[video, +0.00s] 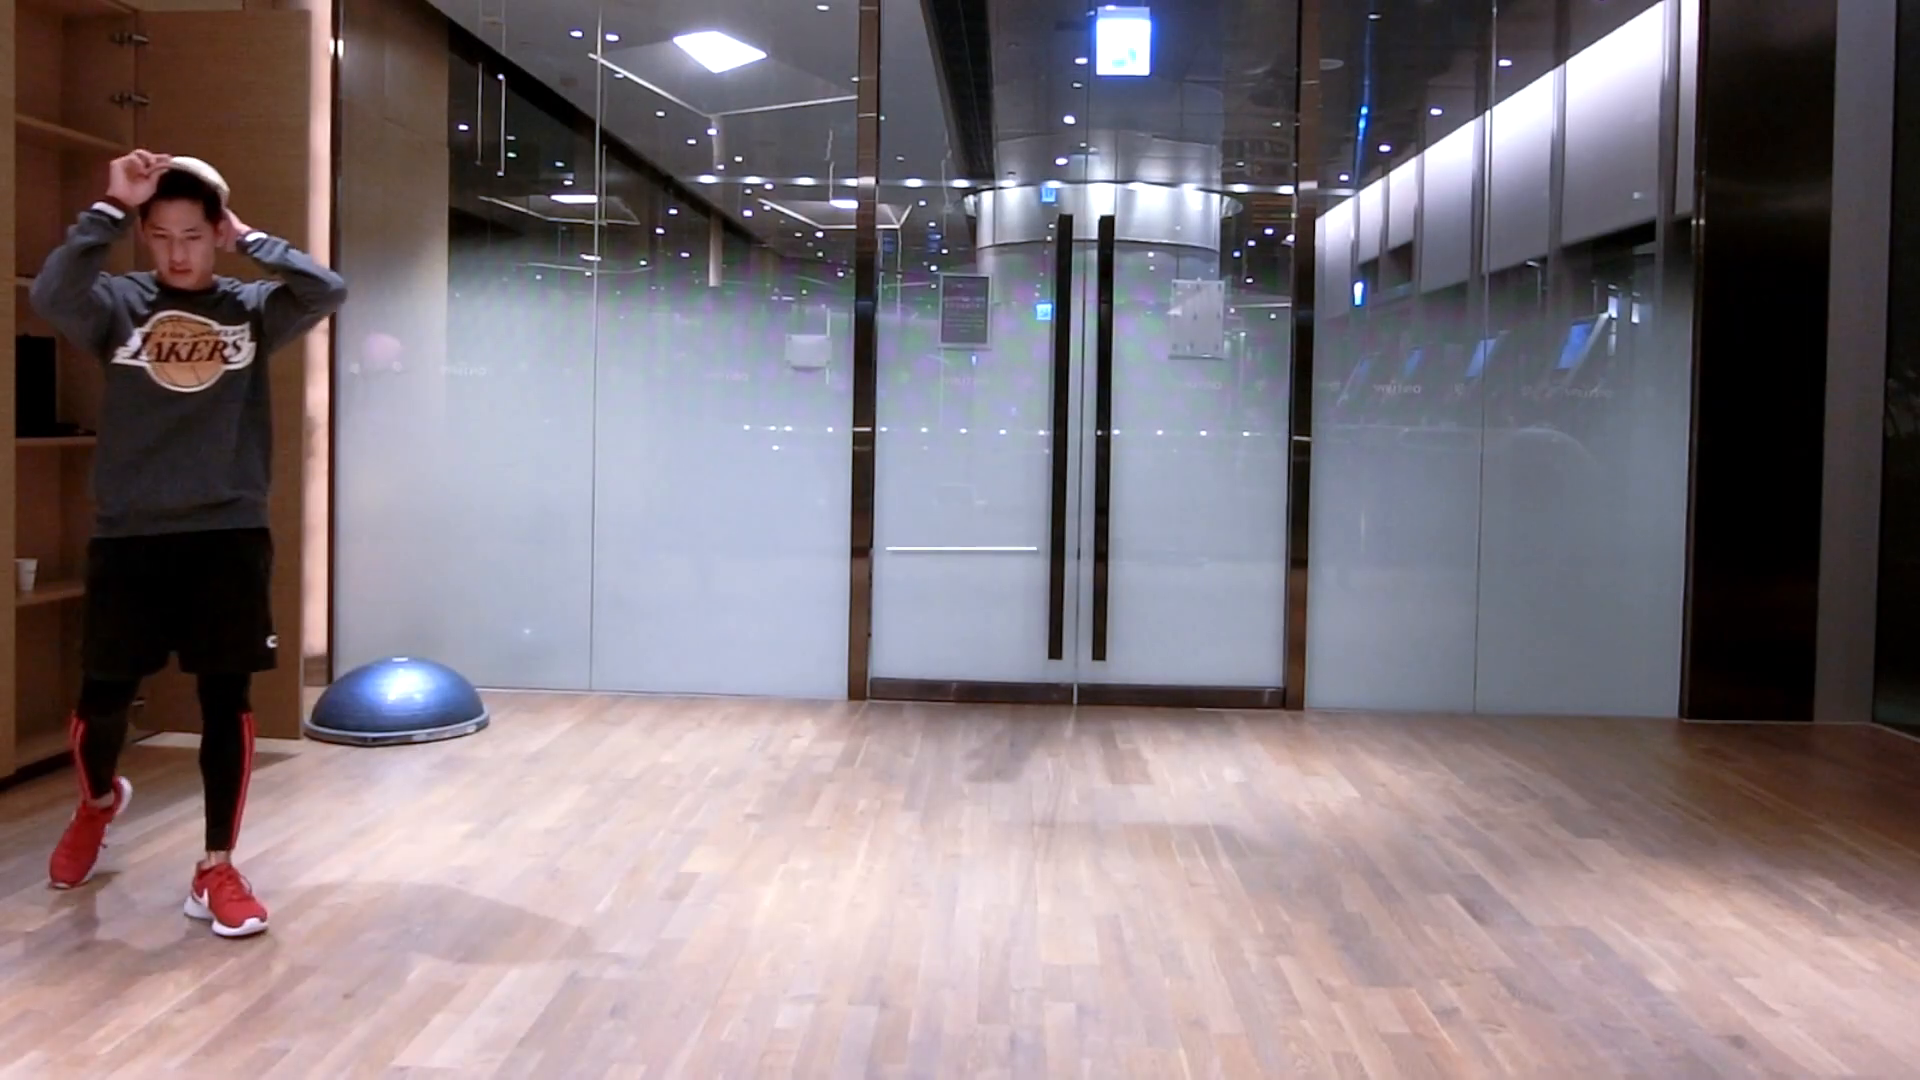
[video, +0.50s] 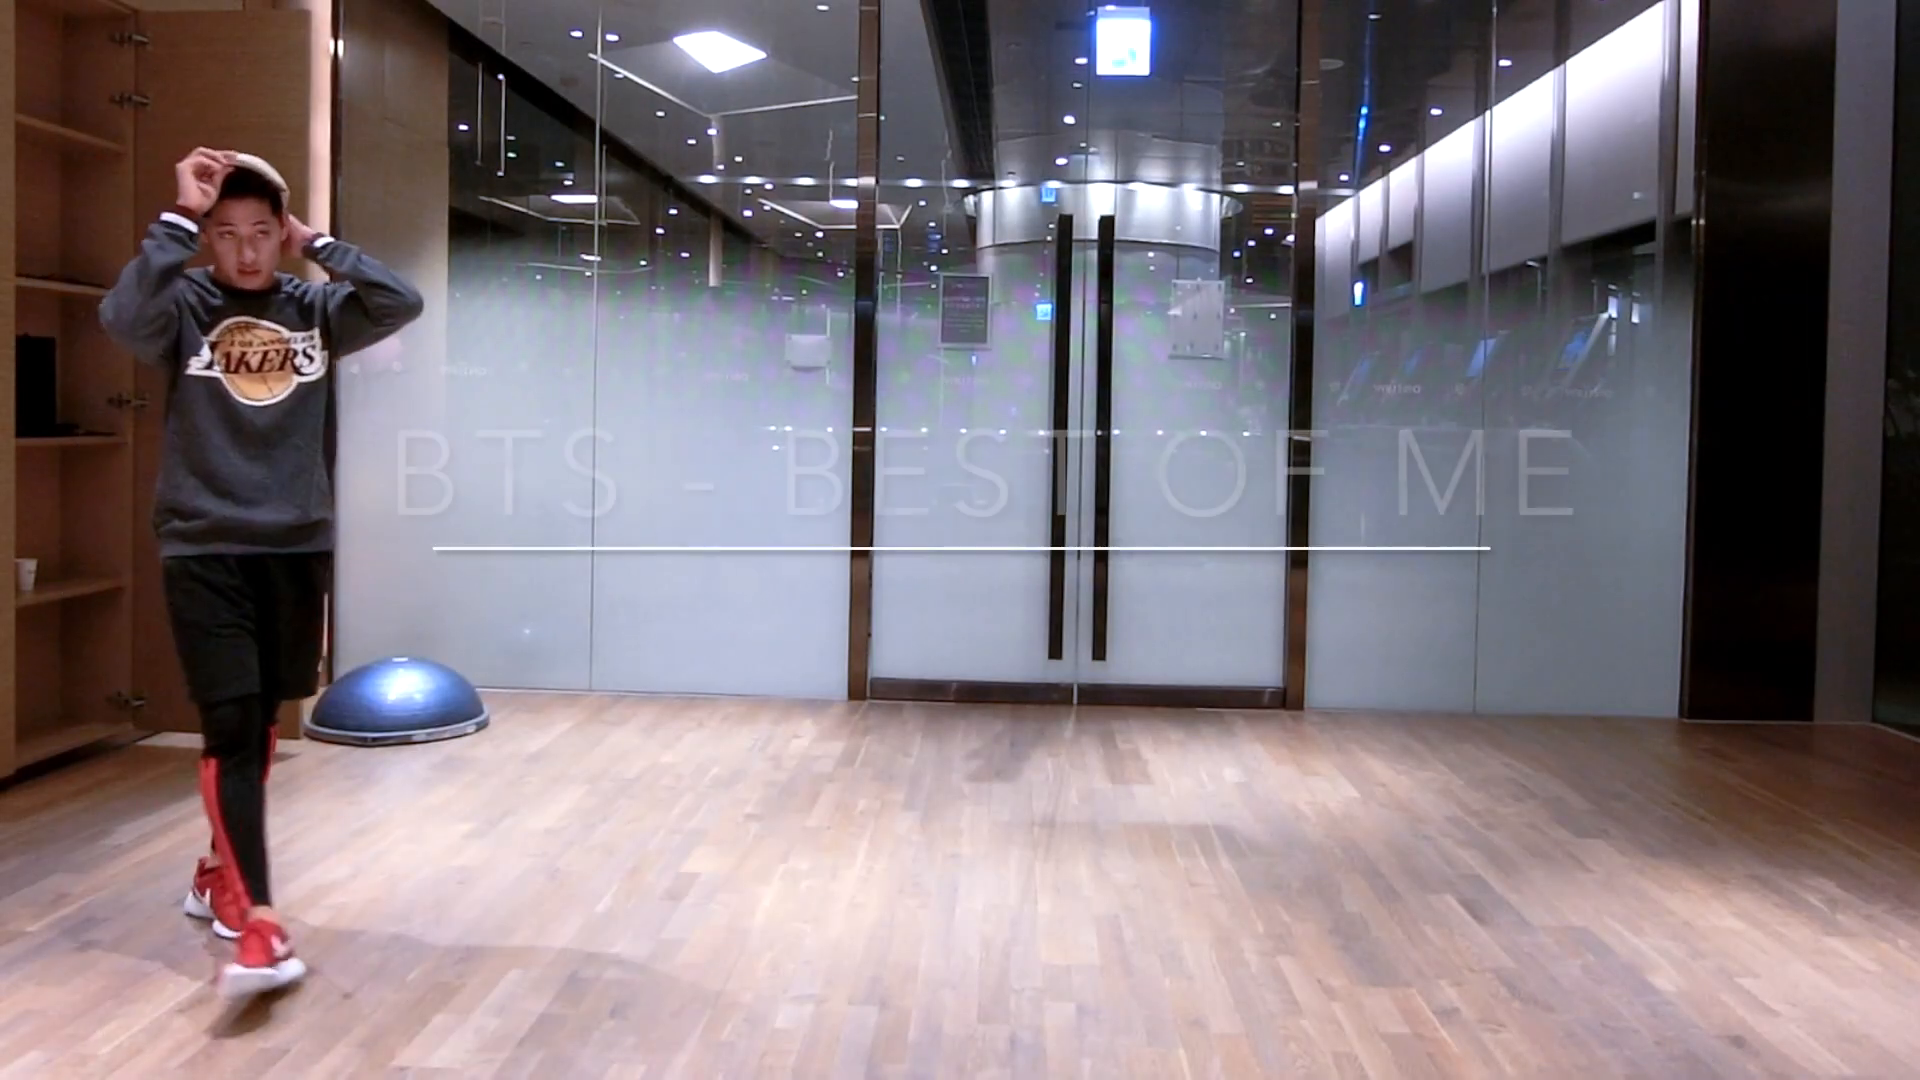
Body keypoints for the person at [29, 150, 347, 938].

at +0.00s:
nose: (176, 254)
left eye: (190, 237)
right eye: (163, 238)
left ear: (219, 238)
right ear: (144, 239)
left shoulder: (252, 313)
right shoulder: (121, 306)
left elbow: (325, 290)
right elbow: (52, 297)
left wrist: (249, 239)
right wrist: (113, 208)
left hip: (227, 532)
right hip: (130, 532)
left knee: (226, 700)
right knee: (101, 698)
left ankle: (219, 866)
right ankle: (100, 801)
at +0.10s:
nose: (194, 251)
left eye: (207, 234)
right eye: (179, 237)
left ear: (235, 234)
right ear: (160, 238)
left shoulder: (270, 310)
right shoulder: (140, 304)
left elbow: (347, 289)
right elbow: (71, 300)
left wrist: (268, 240)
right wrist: (130, 204)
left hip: (243, 533)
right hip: (146, 533)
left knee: (235, 703)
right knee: (116, 705)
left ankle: (220, 868)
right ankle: (113, 814)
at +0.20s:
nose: (208, 250)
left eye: (221, 233)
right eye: (193, 235)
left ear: (248, 232)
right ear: (174, 235)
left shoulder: (284, 307)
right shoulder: (154, 300)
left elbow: (363, 291)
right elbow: (82, 304)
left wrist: (285, 239)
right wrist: (141, 204)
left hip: (255, 532)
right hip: (160, 529)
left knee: (239, 705)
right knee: (145, 703)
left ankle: (221, 870)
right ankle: (134, 866)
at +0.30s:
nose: (222, 250)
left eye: (235, 233)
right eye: (207, 235)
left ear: (262, 232)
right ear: (186, 235)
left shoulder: (297, 306)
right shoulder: (167, 300)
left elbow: (379, 294)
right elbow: (96, 306)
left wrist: (297, 240)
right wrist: (154, 207)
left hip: (268, 533)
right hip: (174, 531)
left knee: (247, 712)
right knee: (173, 710)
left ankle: (222, 871)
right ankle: (168, 901)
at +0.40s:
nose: (233, 250)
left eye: (247, 233)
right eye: (218, 235)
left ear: (272, 233)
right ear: (195, 235)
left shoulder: (305, 307)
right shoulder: (176, 298)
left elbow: (391, 301)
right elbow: (110, 310)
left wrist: (306, 245)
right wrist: (170, 211)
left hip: (281, 537)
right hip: (189, 535)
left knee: (253, 720)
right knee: (205, 717)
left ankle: (220, 873)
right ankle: (212, 905)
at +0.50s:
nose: (247, 249)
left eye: (260, 232)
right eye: (230, 233)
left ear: (283, 236)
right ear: (206, 236)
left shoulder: (314, 311)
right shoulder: (183, 300)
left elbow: (403, 303)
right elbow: (124, 319)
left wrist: (316, 247)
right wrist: (183, 219)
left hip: (294, 544)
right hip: (205, 542)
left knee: (260, 730)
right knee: (235, 729)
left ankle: (219, 876)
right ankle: (257, 922)